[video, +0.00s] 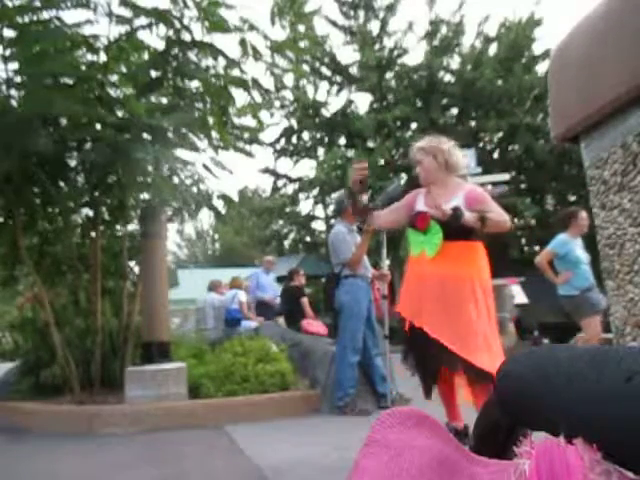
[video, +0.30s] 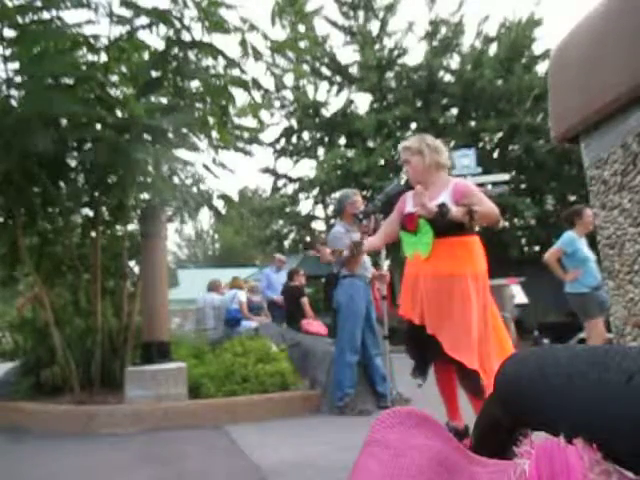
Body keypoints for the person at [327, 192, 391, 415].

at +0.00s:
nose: (361, 211)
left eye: (360, 206)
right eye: (357, 206)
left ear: (349, 209)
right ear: (346, 209)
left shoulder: (352, 232)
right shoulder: (339, 233)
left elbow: (358, 266)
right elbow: (352, 262)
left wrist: (375, 274)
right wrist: (367, 235)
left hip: (363, 284)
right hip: (350, 284)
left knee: (370, 343)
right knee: (350, 344)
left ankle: (385, 393)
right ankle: (344, 398)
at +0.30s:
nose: (362, 207)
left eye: (361, 202)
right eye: (358, 203)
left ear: (353, 207)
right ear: (347, 207)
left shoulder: (356, 231)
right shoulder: (337, 233)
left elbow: (360, 262)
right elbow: (350, 261)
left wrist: (374, 274)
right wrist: (361, 238)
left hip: (364, 283)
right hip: (350, 283)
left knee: (371, 342)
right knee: (349, 344)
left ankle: (385, 393)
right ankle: (343, 398)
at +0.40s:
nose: (361, 206)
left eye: (361, 202)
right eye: (357, 202)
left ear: (354, 207)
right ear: (346, 207)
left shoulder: (357, 231)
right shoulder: (337, 234)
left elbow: (366, 258)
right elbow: (346, 261)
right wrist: (362, 238)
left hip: (364, 285)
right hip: (347, 287)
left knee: (371, 342)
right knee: (348, 345)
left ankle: (384, 392)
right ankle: (343, 397)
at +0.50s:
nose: (361, 206)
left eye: (361, 202)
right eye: (357, 202)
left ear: (357, 207)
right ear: (346, 207)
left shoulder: (357, 231)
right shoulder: (337, 233)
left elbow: (365, 262)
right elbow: (348, 263)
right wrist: (362, 238)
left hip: (366, 282)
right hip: (348, 283)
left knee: (372, 342)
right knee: (348, 343)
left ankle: (385, 392)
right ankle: (344, 397)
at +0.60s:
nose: (362, 206)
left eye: (362, 202)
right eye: (357, 202)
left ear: (354, 207)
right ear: (346, 207)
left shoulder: (357, 232)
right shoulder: (337, 233)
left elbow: (363, 263)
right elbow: (347, 263)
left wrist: (376, 273)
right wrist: (360, 238)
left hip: (365, 283)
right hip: (349, 283)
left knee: (372, 341)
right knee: (348, 343)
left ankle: (385, 392)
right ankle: (343, 397)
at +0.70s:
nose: (361, 209)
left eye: (361, 205)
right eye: (356, 205)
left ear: (358, 207)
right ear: (345, 208)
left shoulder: (359, 231)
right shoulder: (337, 233)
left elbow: (367, 261)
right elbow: (347, 262)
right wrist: (359, 237)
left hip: (366, 282)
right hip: (349, 283)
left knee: (368, 338)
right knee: (347, 342)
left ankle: (377, 388)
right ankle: (344, 396)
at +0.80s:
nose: (354, 209)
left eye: (354, 205)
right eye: (351, 205)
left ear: (350, 208)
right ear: (343, 208)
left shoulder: (354, 229)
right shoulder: (336, 232)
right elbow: (343, 260)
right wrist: (359, 245)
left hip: (359, 279)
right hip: (345, 281)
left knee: (355, 339)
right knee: (344, 340)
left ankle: (354, 392)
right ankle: (340, 395)